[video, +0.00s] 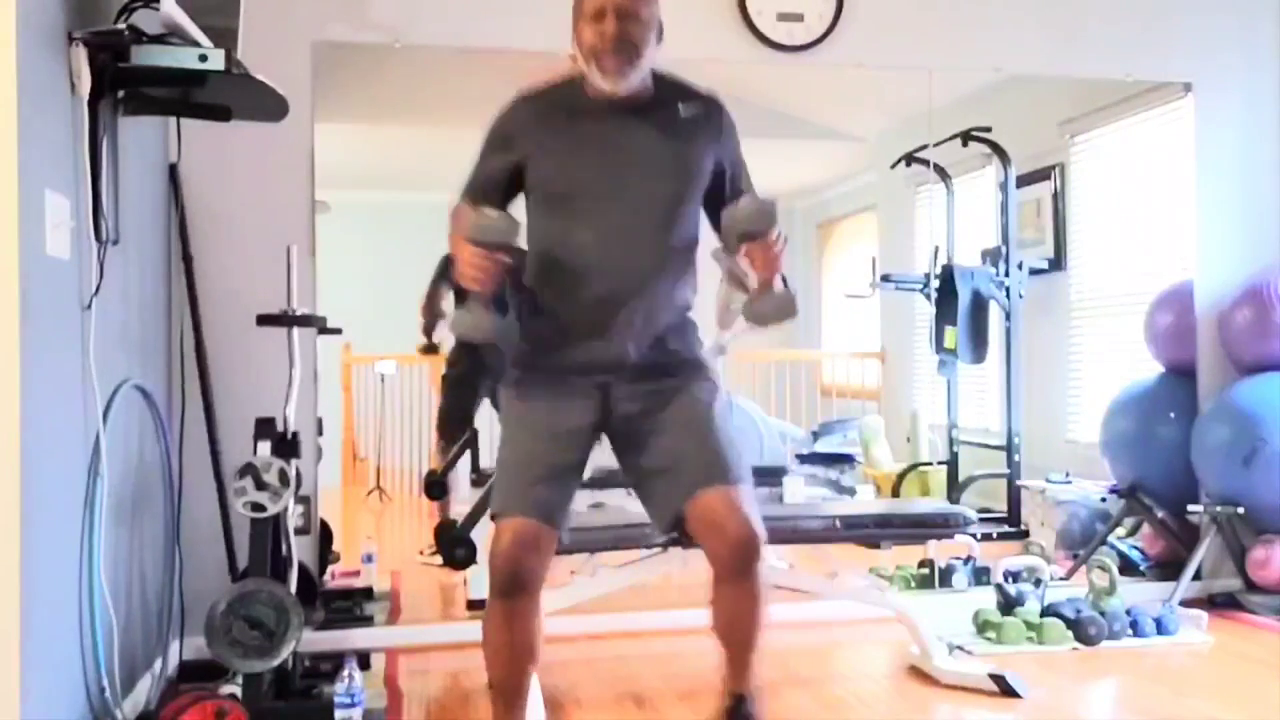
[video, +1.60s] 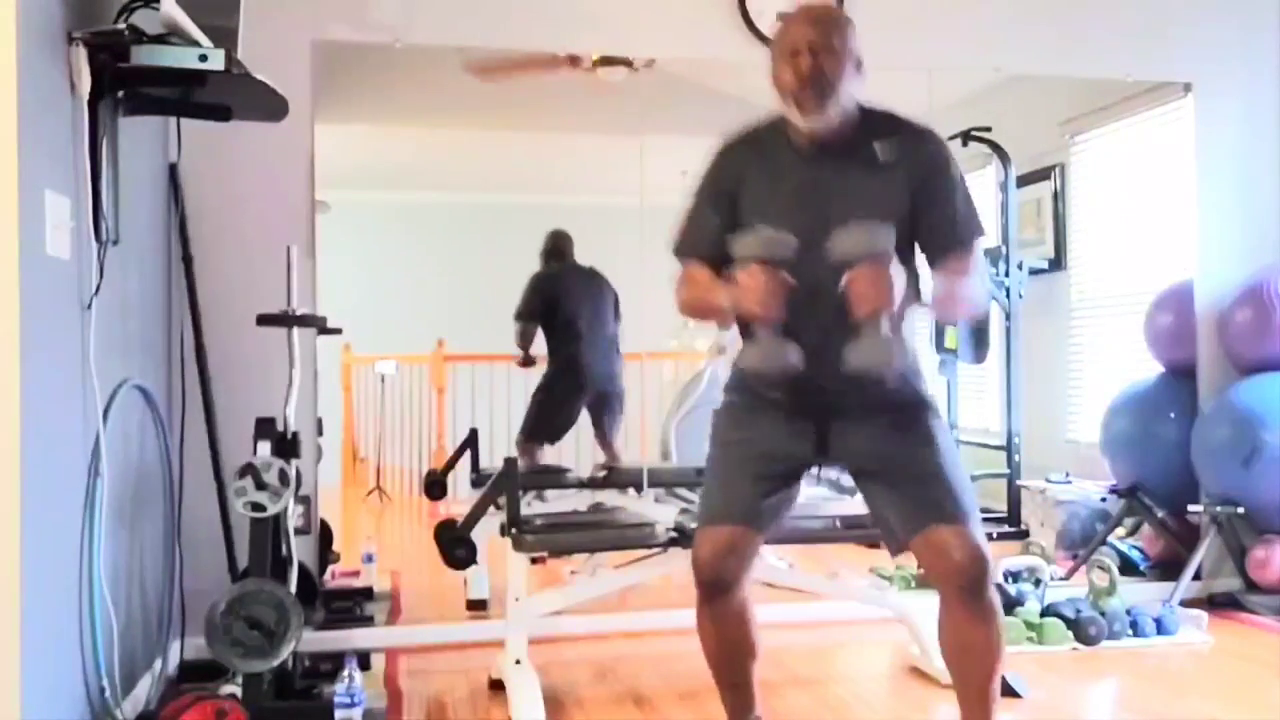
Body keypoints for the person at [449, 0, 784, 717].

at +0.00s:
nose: (614, 30)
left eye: (631, 14)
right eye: (598, 15)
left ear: (658, 23)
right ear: (575, 25)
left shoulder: (702, 119)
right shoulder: (528, 118)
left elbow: (743, 223)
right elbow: (472, 211)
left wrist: (761, 255)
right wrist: (466, 249)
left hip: (666, 368)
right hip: (550, 372)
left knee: (739, 541)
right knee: (515, 560)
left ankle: (739, 699)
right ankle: (511, 718)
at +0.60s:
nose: (612, 111)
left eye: (628, 96)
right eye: (597, 97)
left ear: (660, 109)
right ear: (579, 109)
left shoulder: (712, 198)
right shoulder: (540, 199)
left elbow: (757, 324)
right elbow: (487, 323)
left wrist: (715, 321)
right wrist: (545, 323)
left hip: (685, 430)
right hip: (564, 429)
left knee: (795, 572)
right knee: (500, 585)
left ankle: (832, 716)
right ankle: (506, 719)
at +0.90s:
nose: (701, 84)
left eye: (720, 69)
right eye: (687, 70)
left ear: (750, 84)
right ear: (668, 82)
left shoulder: (799, 174)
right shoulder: (623, 179)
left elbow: (849, 271)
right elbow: (569, 292)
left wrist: (833, 291)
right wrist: (596, 301)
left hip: (769, 412)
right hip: (650, 411)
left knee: (852, 572)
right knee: (571, 567)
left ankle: (844, 719)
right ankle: (531, 714)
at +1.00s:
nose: (719, 30)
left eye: (737, 14)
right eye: (706, 14)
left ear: (773, 23)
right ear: (691, 23)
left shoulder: (827, 118)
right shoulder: (652, 123)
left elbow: (874, 225)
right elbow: (608, 239)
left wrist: (889, 273)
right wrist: (608, 287)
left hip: (798, 370)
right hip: (683, 369)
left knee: (845, 558)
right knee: (620, 542)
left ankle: (843, 718)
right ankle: (595, 706)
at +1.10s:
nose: (739, 9)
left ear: (797, 9)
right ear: (708, 11)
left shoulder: (848, 99)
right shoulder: (672, 103)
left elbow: (912, 195)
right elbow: (621, 212)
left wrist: (930, 238)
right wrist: (603, 249)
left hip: (818, 360)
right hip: (706, 359)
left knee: (841, 553)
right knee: (658, 541)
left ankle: (844, 714)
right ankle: (697, 702)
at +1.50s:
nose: (781, 21)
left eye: (800, 4)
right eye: (763, 5)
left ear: (833, 11)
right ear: (742, 14)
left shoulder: (891, 105)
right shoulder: (709, 117)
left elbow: (956, 212)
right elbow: (657, 238)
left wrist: (924, 237)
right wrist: (687, 255)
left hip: (875, 362)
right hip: (758, 369)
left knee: (940, 534)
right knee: (734, 551)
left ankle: (966, 710)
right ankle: (746, 714)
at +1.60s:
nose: (806, 68)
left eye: (822, 52)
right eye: (792, 54)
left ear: (855, 62)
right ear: (772, 67)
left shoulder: (915, 154)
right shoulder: (742, 159)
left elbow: (967, 292)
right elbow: (690, 289)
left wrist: (908, 291)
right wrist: (734, 295)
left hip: (882, 402)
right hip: (766, 400)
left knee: (965, 567)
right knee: (715, 565)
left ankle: (978, 717)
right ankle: (742, 716)